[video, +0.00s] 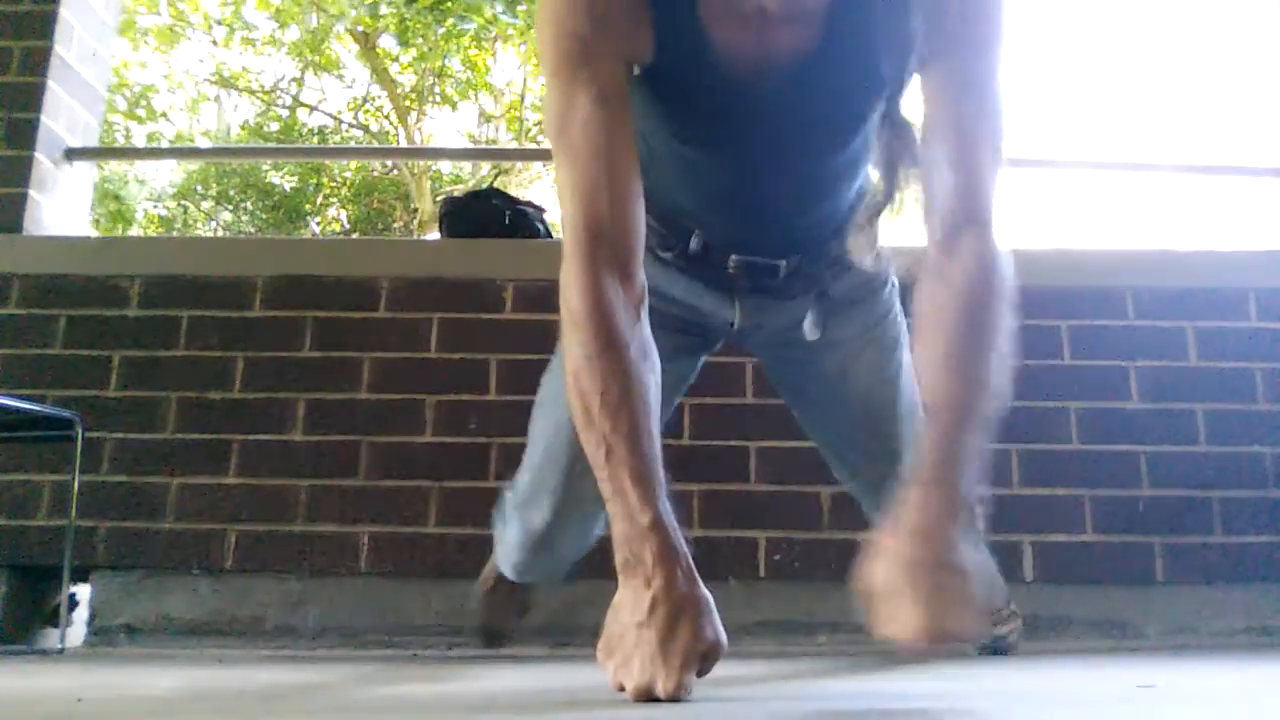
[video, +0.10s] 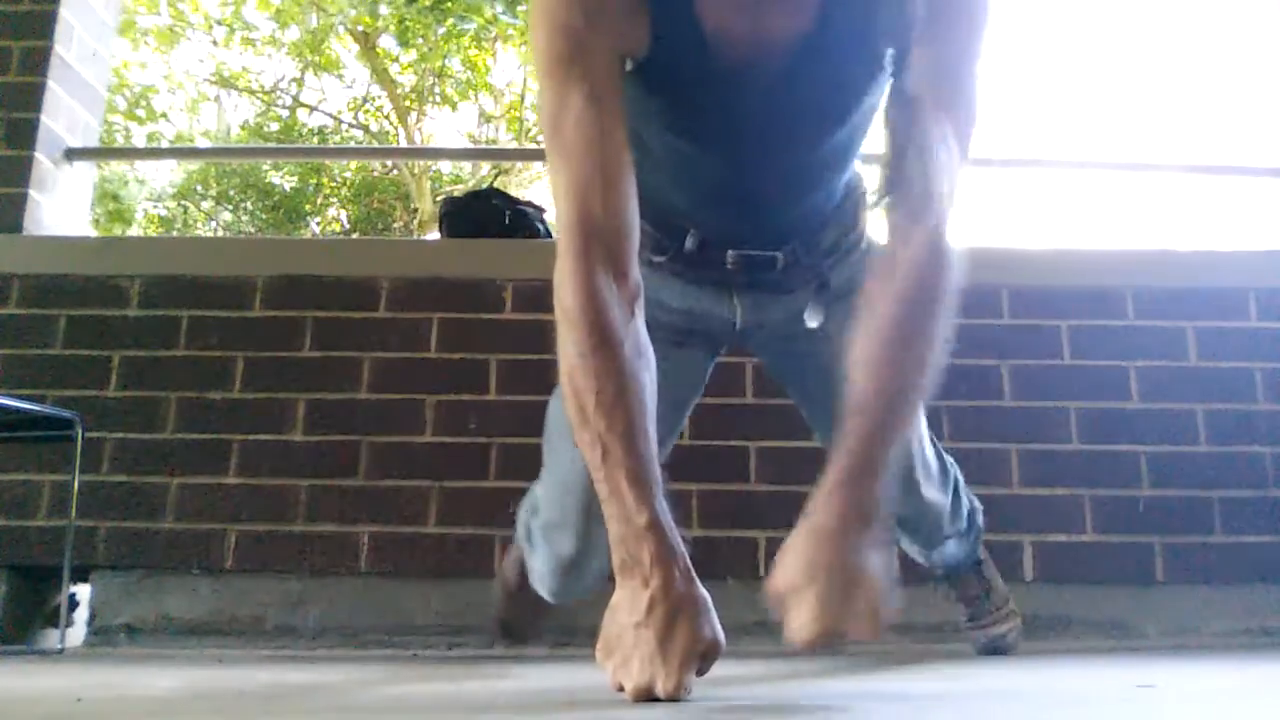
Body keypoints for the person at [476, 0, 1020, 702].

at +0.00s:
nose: (769, 15)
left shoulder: (945, 9)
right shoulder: (593, 11)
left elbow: (964, 237)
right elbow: (601, 274)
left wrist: (934, 511)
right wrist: (652, 564)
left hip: (832, 281)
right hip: (658, 272)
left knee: (939, 536)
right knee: (536, 539)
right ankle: (513, 571)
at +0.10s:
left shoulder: (934, 10)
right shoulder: (585, 9)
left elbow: (922, 234)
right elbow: (599, 276)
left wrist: (848, 514)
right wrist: (650, 565)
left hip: (819, 273)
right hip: (653, 272)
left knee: (910, 489)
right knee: (565, 562)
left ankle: (965, 565)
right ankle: (526, 561)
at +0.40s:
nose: (659, 22)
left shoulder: (828, 20)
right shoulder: (517, 23)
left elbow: (852, 294)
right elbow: (542, 312)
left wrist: (789, 573)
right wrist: (637, 567)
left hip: (787, 317)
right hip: (619, 313)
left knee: (897, 541)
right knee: (541, 547)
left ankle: (992, 537)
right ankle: (527, 594)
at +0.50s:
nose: (614, 17)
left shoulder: (783, 19)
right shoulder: (478, 30)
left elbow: (822, 282)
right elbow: (506, 304)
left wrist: (781, 570)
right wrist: (604, 565)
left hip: (771, 324)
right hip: (611, 316)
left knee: (876, 533)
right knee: (532, 539)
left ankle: (992, 537)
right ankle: (530, 586)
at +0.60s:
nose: (580, 32)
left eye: (609, 12)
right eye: (553, 13)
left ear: (656, 5)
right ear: (518, 8)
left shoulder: (759, 21)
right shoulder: (447, 25)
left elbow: (812, 285)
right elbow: (422, 284)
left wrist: (777, 568)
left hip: (734, 301)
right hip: (578, 306)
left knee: (851, 499)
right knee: (512, 554)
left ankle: (968, 529)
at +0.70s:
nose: (561, 33)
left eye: (592, 9)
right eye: (530, 11)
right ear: (493, 3)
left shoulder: (735, 23)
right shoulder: (416, 21)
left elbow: (803, 285)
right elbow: (346, 250)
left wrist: (774, 569)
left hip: (715, 290)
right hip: (560, 282)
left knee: (805, 503)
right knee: (512, 531)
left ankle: (916, 510)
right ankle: (530, 578)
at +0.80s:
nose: (522, 32)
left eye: (553, 5)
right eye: (493, 8)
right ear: (455, 1)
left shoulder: (711, 23)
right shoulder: (379, 22)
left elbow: (793, 282)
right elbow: (302, 266)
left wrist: (774, 567)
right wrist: (255, 555)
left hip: (706, 291)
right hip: (546, 282)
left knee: (759, 510)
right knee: (503, 526)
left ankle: (823, 514)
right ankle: (534, 573)